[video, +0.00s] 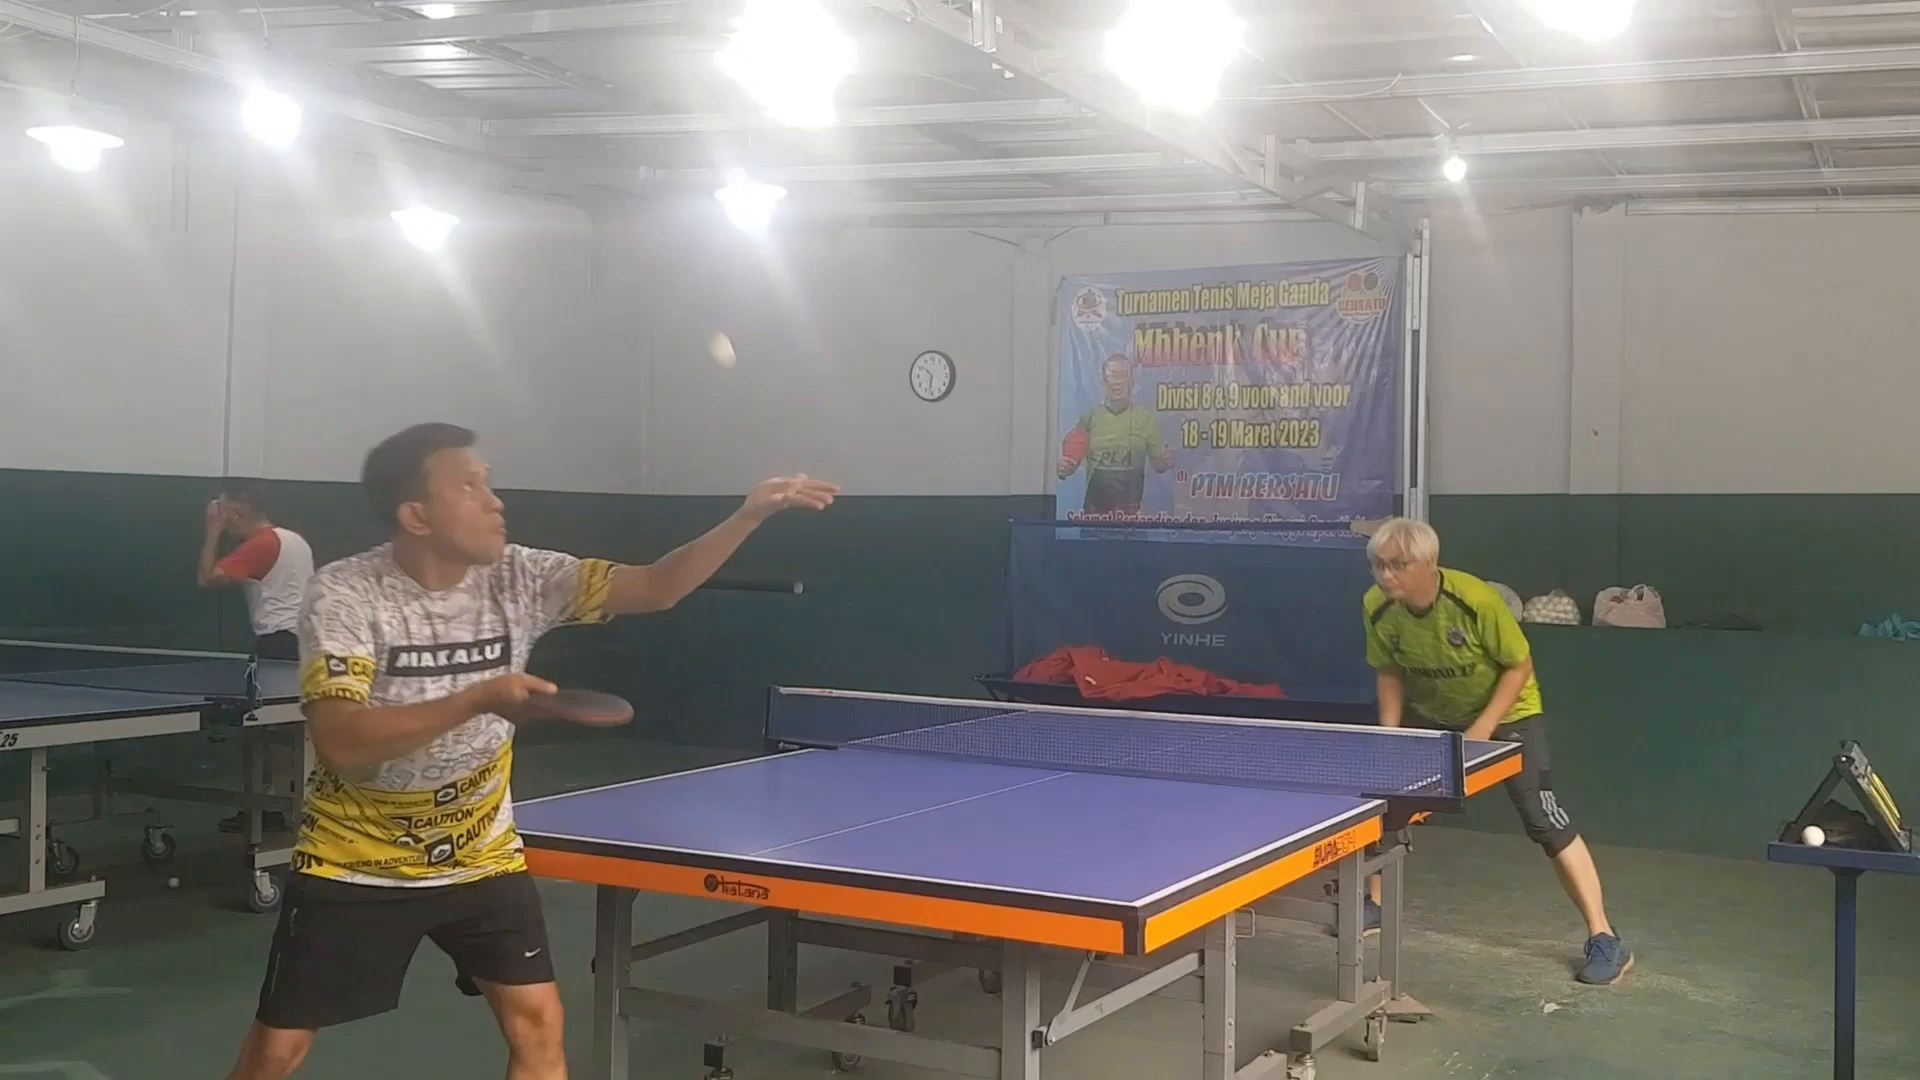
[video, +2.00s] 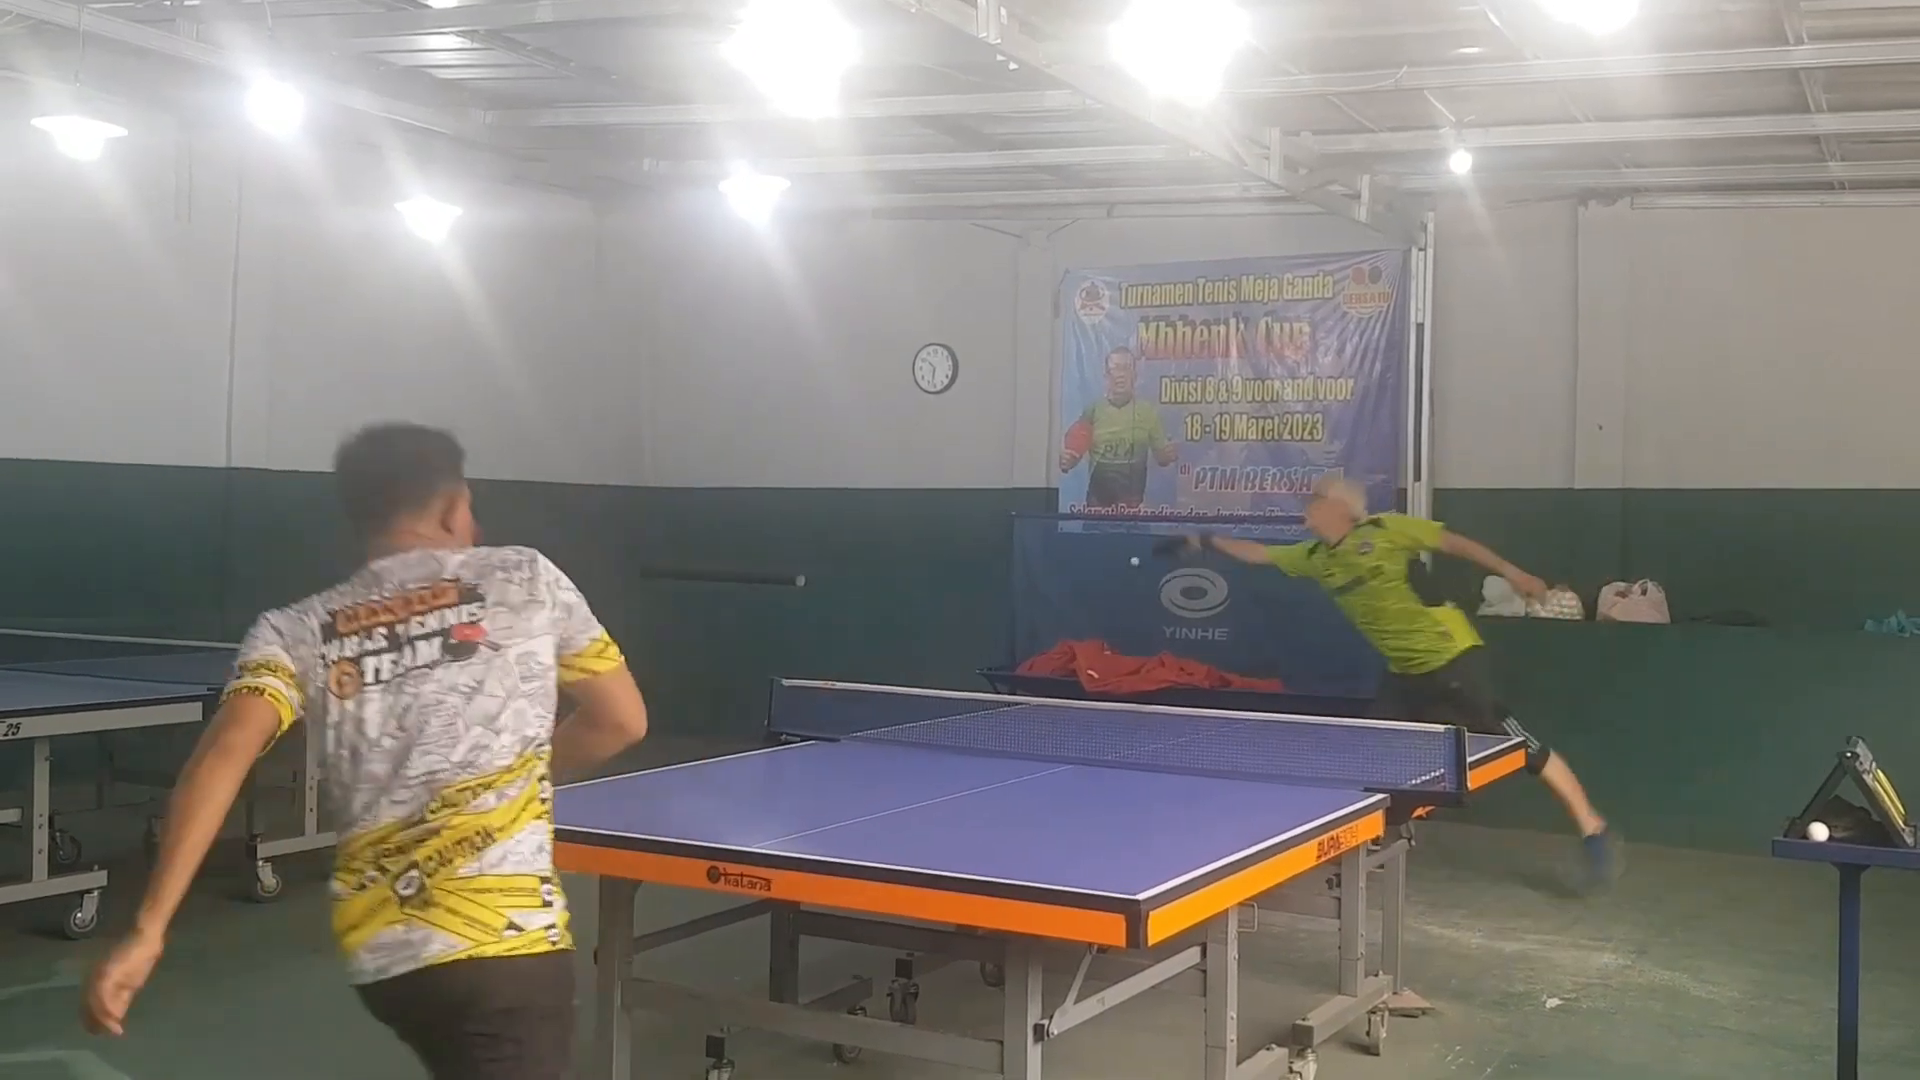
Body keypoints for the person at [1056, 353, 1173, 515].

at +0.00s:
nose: (1117, 382)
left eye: (1122, 376)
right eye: (1111, 376)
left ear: (1131, 380)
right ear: (1103, 380)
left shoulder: (1144, 418)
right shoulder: (1091, 418)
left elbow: (1157, 463)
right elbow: (1073, 453)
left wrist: (1165, 461)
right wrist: (1064, 468)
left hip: (1129, 504)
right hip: (1096, 505)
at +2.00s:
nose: (1120, 375)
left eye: (1126, 369)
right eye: (1114, 369)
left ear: (1134, 374)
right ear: (1106, 374)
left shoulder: (1147, 412)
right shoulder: (1094, 411)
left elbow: (1161, 456)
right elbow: (1077, 445)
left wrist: (1168, 454)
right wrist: (1066, 460)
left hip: (1132, 498)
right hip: (1098, 499)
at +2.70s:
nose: (1117, 381)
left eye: (1122, 374)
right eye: (1111, 375)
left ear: (1132, 379)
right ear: (1103, 380)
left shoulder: (1144, 418)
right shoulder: (1091, 417)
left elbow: (1159, 460)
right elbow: (1074, 450)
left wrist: (1165, 459)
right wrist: (1064, 466)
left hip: (1129, 502)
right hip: (1096, 502)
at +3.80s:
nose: (1119, 378)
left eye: (1125, 371)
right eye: (1113, 371)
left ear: (1134, 376)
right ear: (1106, 376)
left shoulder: (1146, 414)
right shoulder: (1094, 413)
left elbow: (1161, 458)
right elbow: (1077, 446)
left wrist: (1168, 456)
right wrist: (1067, 462)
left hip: (1132, 499)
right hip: (1099, 500)